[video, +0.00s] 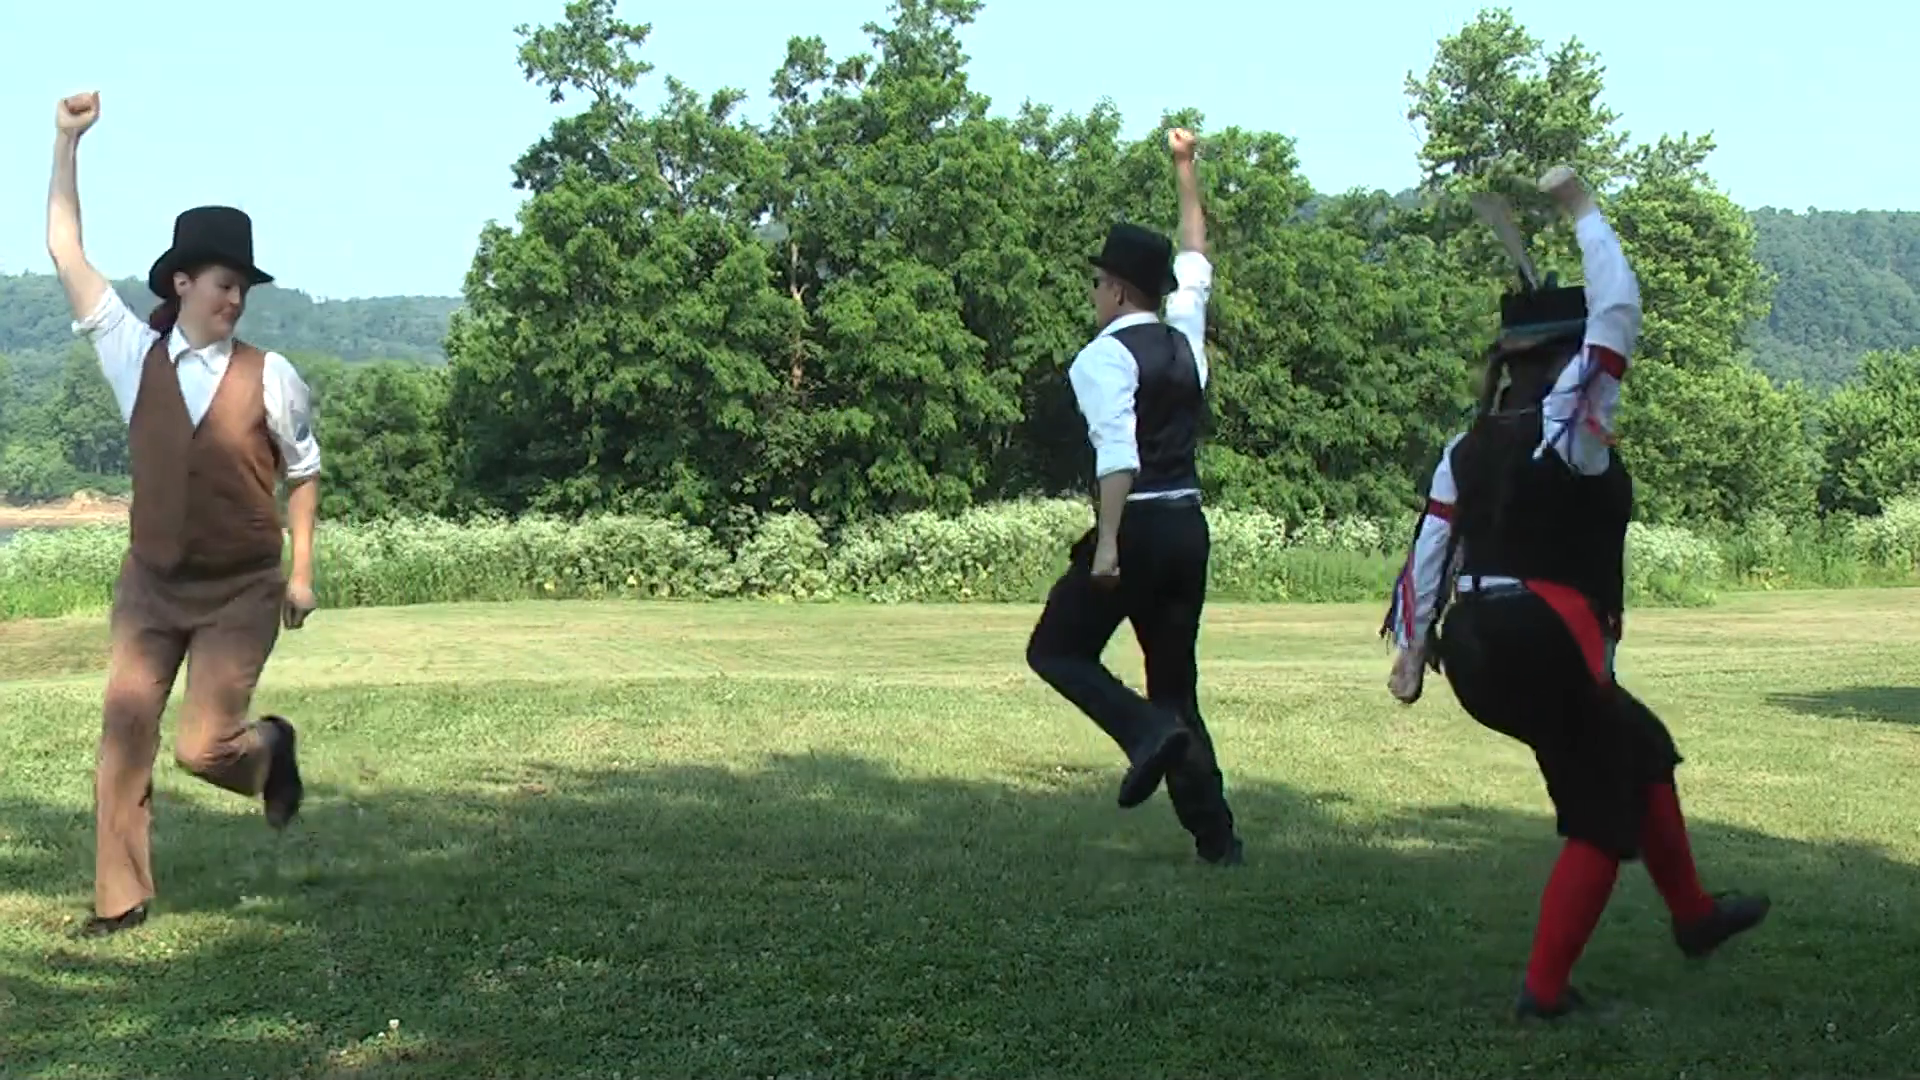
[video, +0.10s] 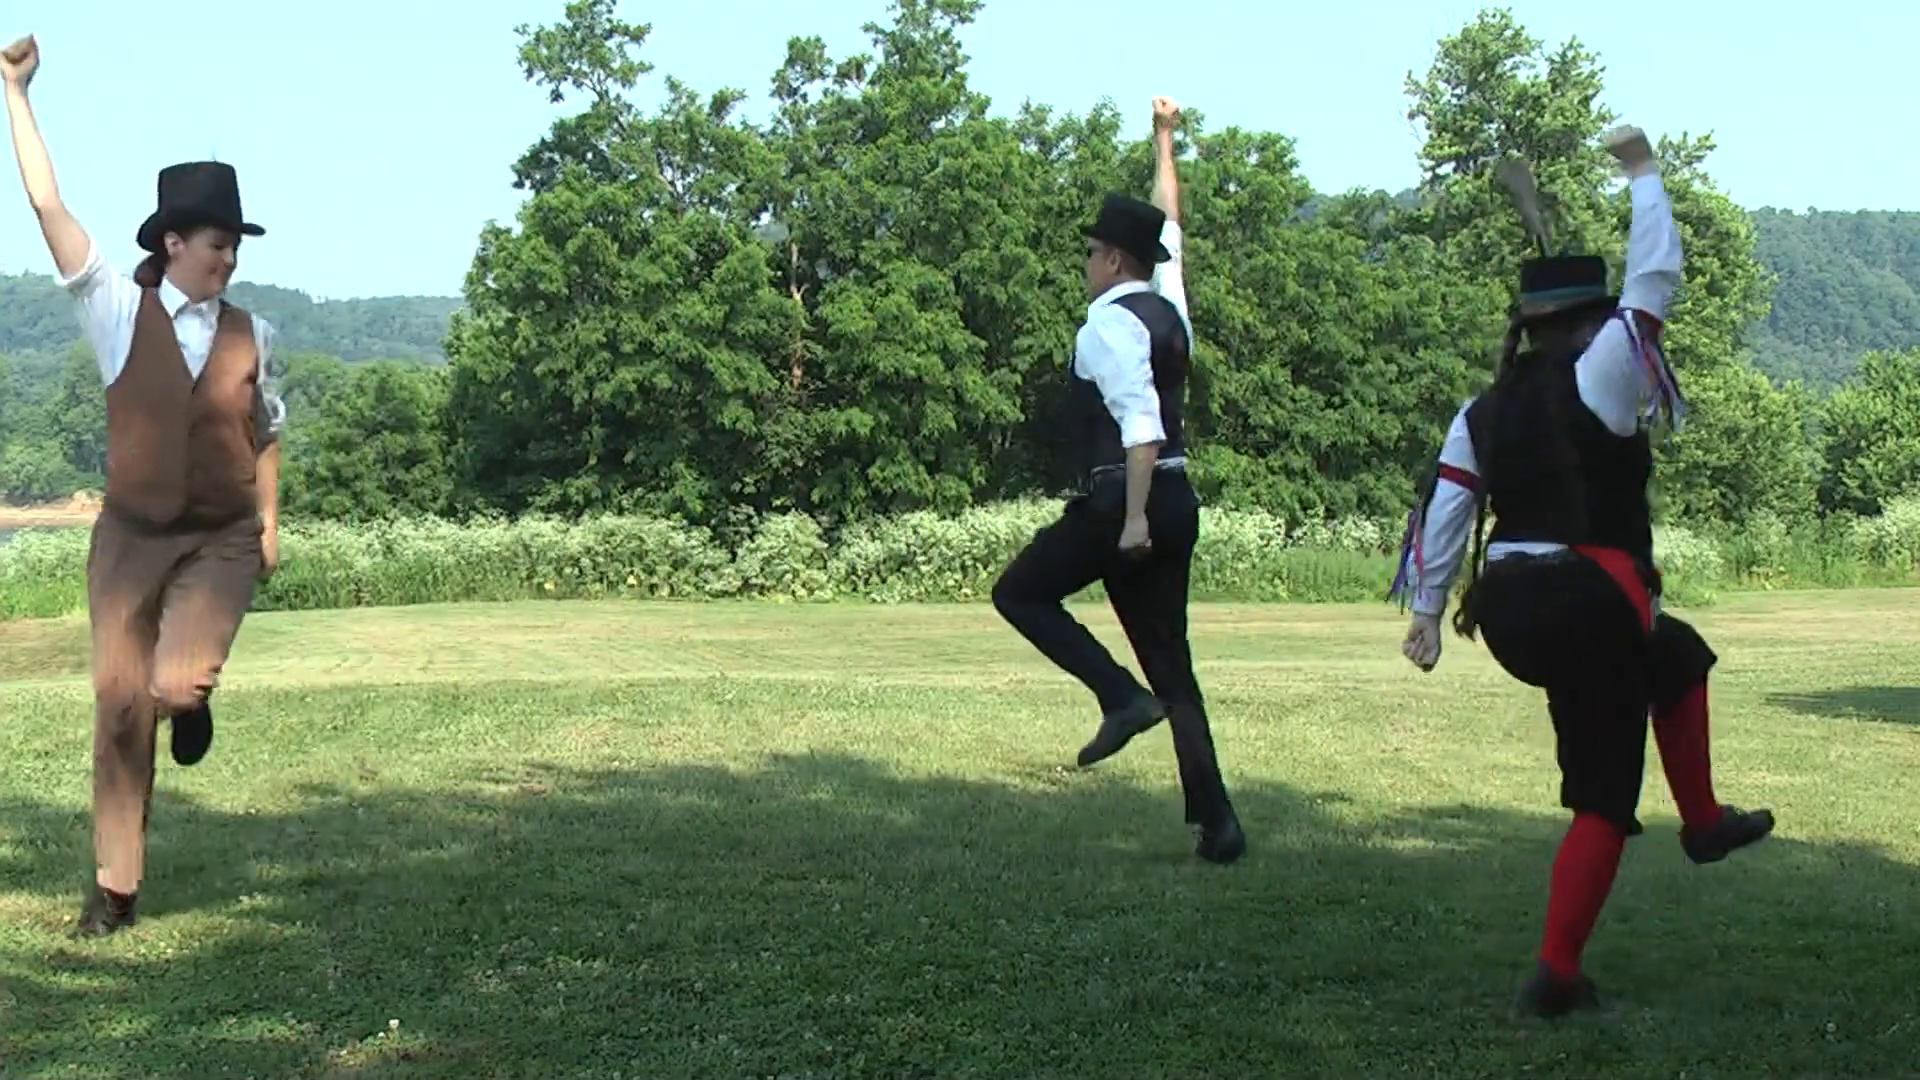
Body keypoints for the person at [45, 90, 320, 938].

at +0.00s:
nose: (237, 300)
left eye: (243, 288)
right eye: (225, 284)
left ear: (244, 294)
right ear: (178, 284)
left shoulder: (271, 377)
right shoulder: (133, 350)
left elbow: (303, 474)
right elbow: (68, 253)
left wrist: (300, 567)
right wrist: (66, 142)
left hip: (243, 588)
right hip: (150, 582)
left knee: (204, 748)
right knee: (125, 721)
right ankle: (121, 896)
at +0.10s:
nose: (226, 253)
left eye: (233, 240)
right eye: (212, 239)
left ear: (237, 248)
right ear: (168, 241)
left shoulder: (252, 334)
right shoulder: (116, 308)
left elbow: (265, 442)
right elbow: (51, 204)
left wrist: (268, 523)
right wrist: (17, 92)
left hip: (224, 535)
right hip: (129, 533)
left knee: (178, 680)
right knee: (122, 712)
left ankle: (189, 704)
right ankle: (117, 888)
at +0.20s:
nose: (220, 237)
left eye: (225, 225)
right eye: (208, 223)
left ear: (216, 231)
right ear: (161, 219)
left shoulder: (222, 309)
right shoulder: (104, 279)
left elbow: (223, 419)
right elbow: (49, 170)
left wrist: (239, 501)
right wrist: (18, 54)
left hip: (208, 509)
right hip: (114, 508)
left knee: (172, 650)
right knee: (91, 697)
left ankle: (146, 675)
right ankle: (81, 854)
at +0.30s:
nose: (207, 248)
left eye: (212, 236)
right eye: (197, 232)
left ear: (193, 244)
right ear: (148, 230)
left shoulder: (203, 329)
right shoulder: (82, 296)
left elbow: (191, 433)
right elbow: (25, 200)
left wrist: (215, 510)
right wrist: (53, 89)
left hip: (182, 531)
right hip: (93, 530)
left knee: (171, 660)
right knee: (69, 722)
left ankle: (116, 692)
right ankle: (34, 894)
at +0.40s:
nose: (198, 290)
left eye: (202, 276)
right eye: (187, 272)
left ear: (179, 280)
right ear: (136, 271)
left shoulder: (188, 377)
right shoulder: (76, 349)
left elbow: (178, 485)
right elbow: (7, 301)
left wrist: (233, 538)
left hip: (165, 578)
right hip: (73, 577)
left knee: (164, 707)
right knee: (54, 760)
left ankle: (87, 747)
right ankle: (11, 921)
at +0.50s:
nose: (206, 305)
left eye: (210, 291)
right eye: (197, 287)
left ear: (166, 290)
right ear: (149, 283)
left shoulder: (183, 379)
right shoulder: (81, 366)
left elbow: (211, 489)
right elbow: (17, 445)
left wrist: (291, 467)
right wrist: (128, 418)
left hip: (160, 593)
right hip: (76, 593)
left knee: (183, 718)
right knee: (59, 776)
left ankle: (88, 816)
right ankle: (17, 929)